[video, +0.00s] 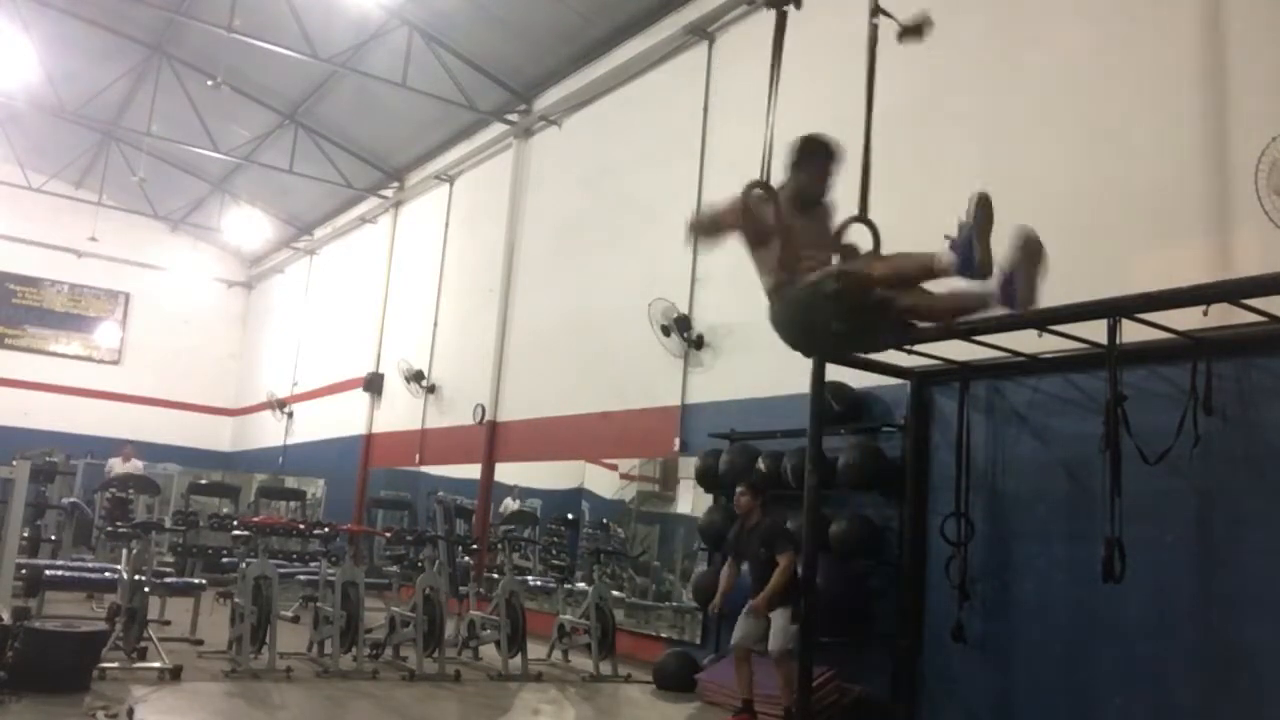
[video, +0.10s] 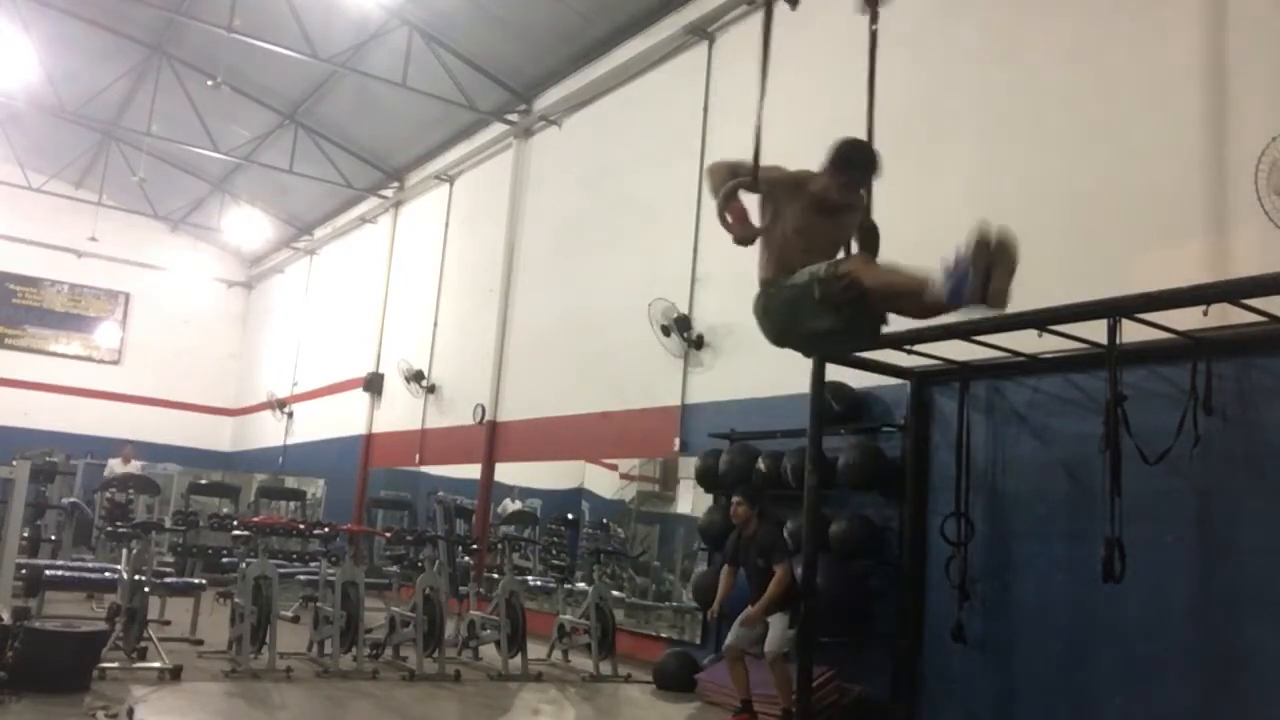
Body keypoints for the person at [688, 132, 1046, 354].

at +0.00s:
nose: (825, 184)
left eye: (828, 176)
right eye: (818, 174)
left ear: (828, 175)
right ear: (796, 170)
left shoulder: (821, 214)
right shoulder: (759, 205)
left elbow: (828, 259)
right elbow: (698, 227)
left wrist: (847, 257)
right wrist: (727, 219)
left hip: (831, 309)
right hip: (793, 310)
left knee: (899, 302)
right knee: (854, 271)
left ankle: (1001, 296)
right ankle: (954, 257)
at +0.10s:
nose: (852, 198)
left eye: (858, 191)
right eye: (846, 189)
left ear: (864, 186)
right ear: (827, 174)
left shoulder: (857, 209)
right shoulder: (788, 184)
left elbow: (861, 248)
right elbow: (719, 171)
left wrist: (866, 270)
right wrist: (733, 212)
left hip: (823, 317)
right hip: (780, 308)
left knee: (885, 296)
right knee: (855, 270)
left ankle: (974, 297)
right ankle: (940, 289)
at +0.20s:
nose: (866, 215)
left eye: (874, 209)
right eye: (863, 204)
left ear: (881, 203)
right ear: (846, 184)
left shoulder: (865, 226)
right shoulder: (806, 182)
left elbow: (855, 273)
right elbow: (739, 163)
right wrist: (749, 208)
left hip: (811, 317)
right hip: (770, 304)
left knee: (885, 314)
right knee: (850, 290)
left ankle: (930, 369)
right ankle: (915, 363)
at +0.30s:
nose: (878, 216)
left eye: (886, 210)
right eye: (873, 205)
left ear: (894, 203)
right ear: (857, 184)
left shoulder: (874, 222)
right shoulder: (816, 182)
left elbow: (857, 262)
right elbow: (752, 155)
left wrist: (787, 228)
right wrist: (763, 211)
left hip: (814, 299)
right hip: (774, 292)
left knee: (871, 345)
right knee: (839, 338)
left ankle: (878, 451)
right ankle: (844, 455)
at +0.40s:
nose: (892, 209)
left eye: (901, 202)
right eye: (890, 198)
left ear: (907, 197)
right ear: (873, 179)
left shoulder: (885, 212)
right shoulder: (827, 179)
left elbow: (868, 251)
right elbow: (762, 152)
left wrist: (869, 252)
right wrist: (773, 211)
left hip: (817, 300)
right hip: (778, 293)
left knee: (855, 379)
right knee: (825, 375)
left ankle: (831, 488)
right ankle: (788, 485)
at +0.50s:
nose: (901, 207)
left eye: (909, 201)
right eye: (898, 196)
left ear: (914, 196)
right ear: (880, 177)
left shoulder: (887, 217)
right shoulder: (835, 176)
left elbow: (872, 258)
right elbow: (769, 149)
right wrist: (776, 193)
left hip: (815, 300)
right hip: (778, 290)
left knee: (843, 390)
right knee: (816, 385)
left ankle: (801, 486)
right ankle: (757, 482)